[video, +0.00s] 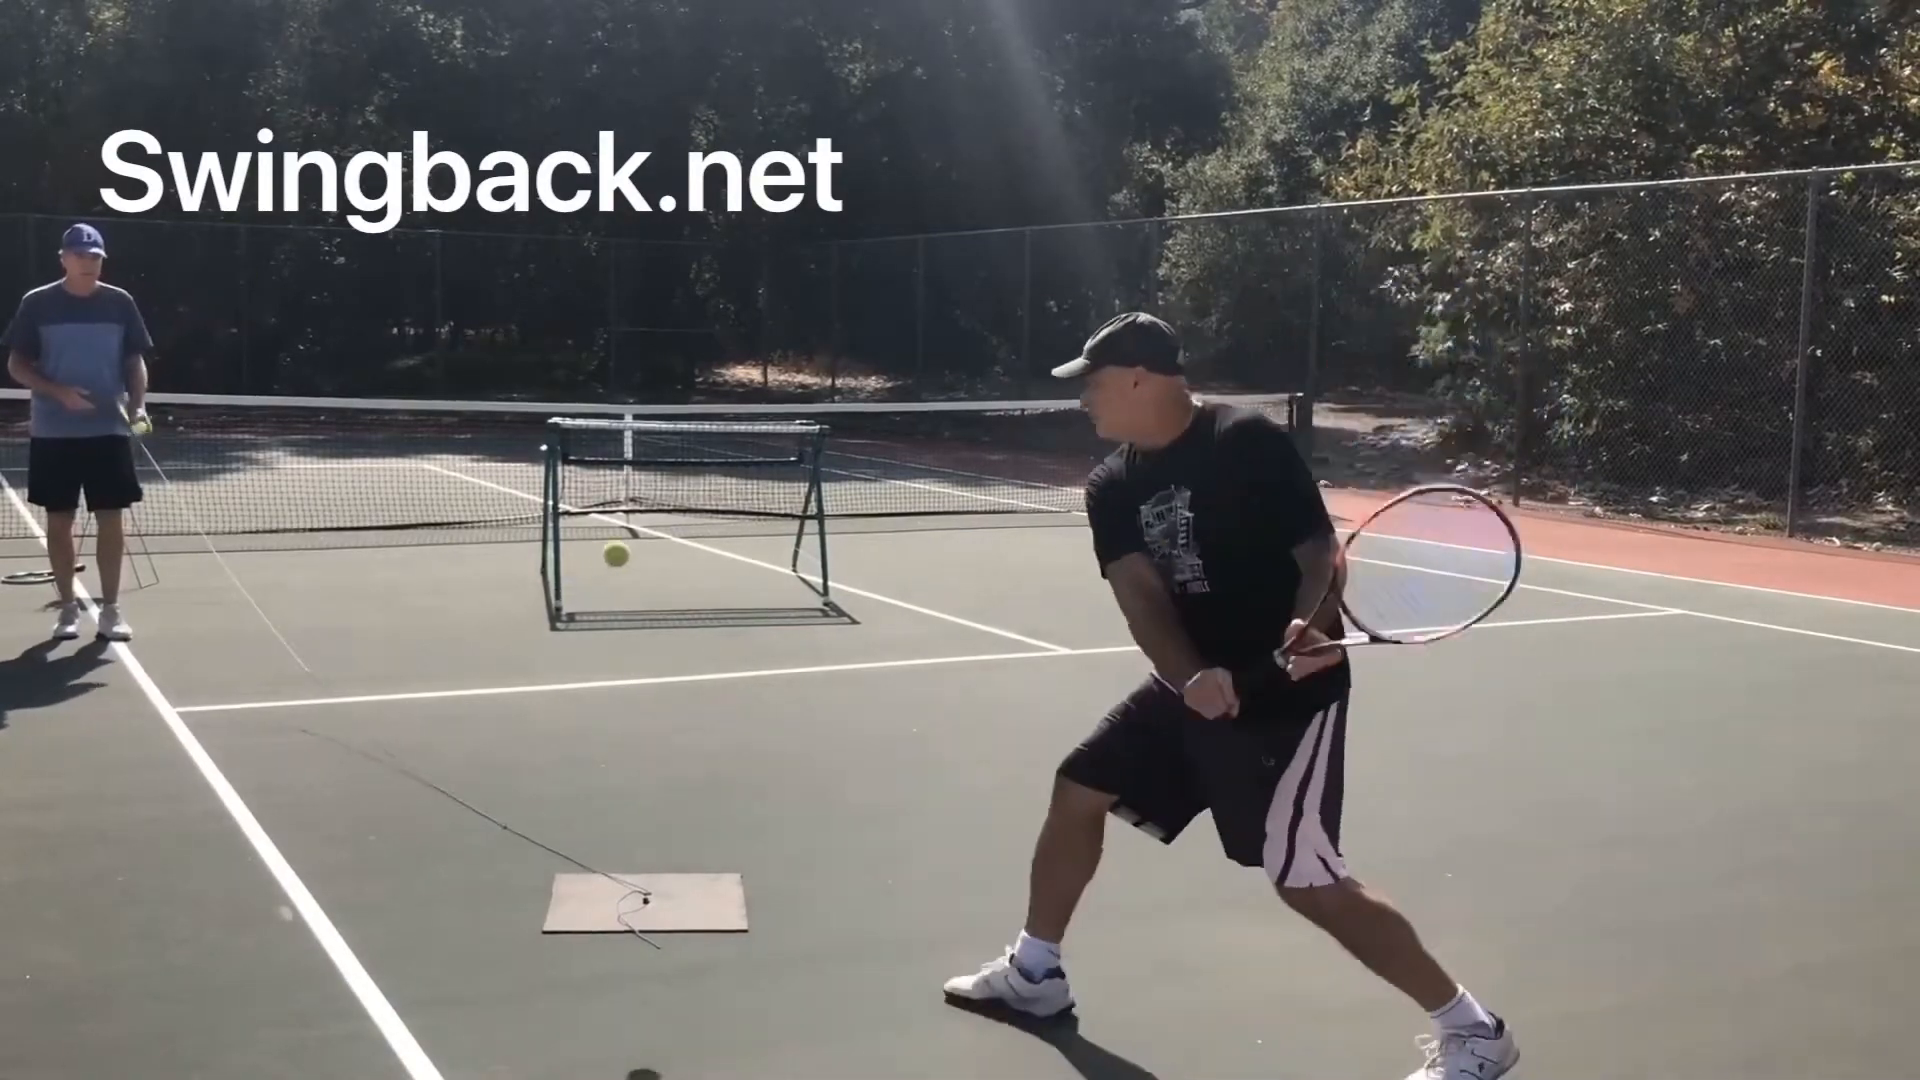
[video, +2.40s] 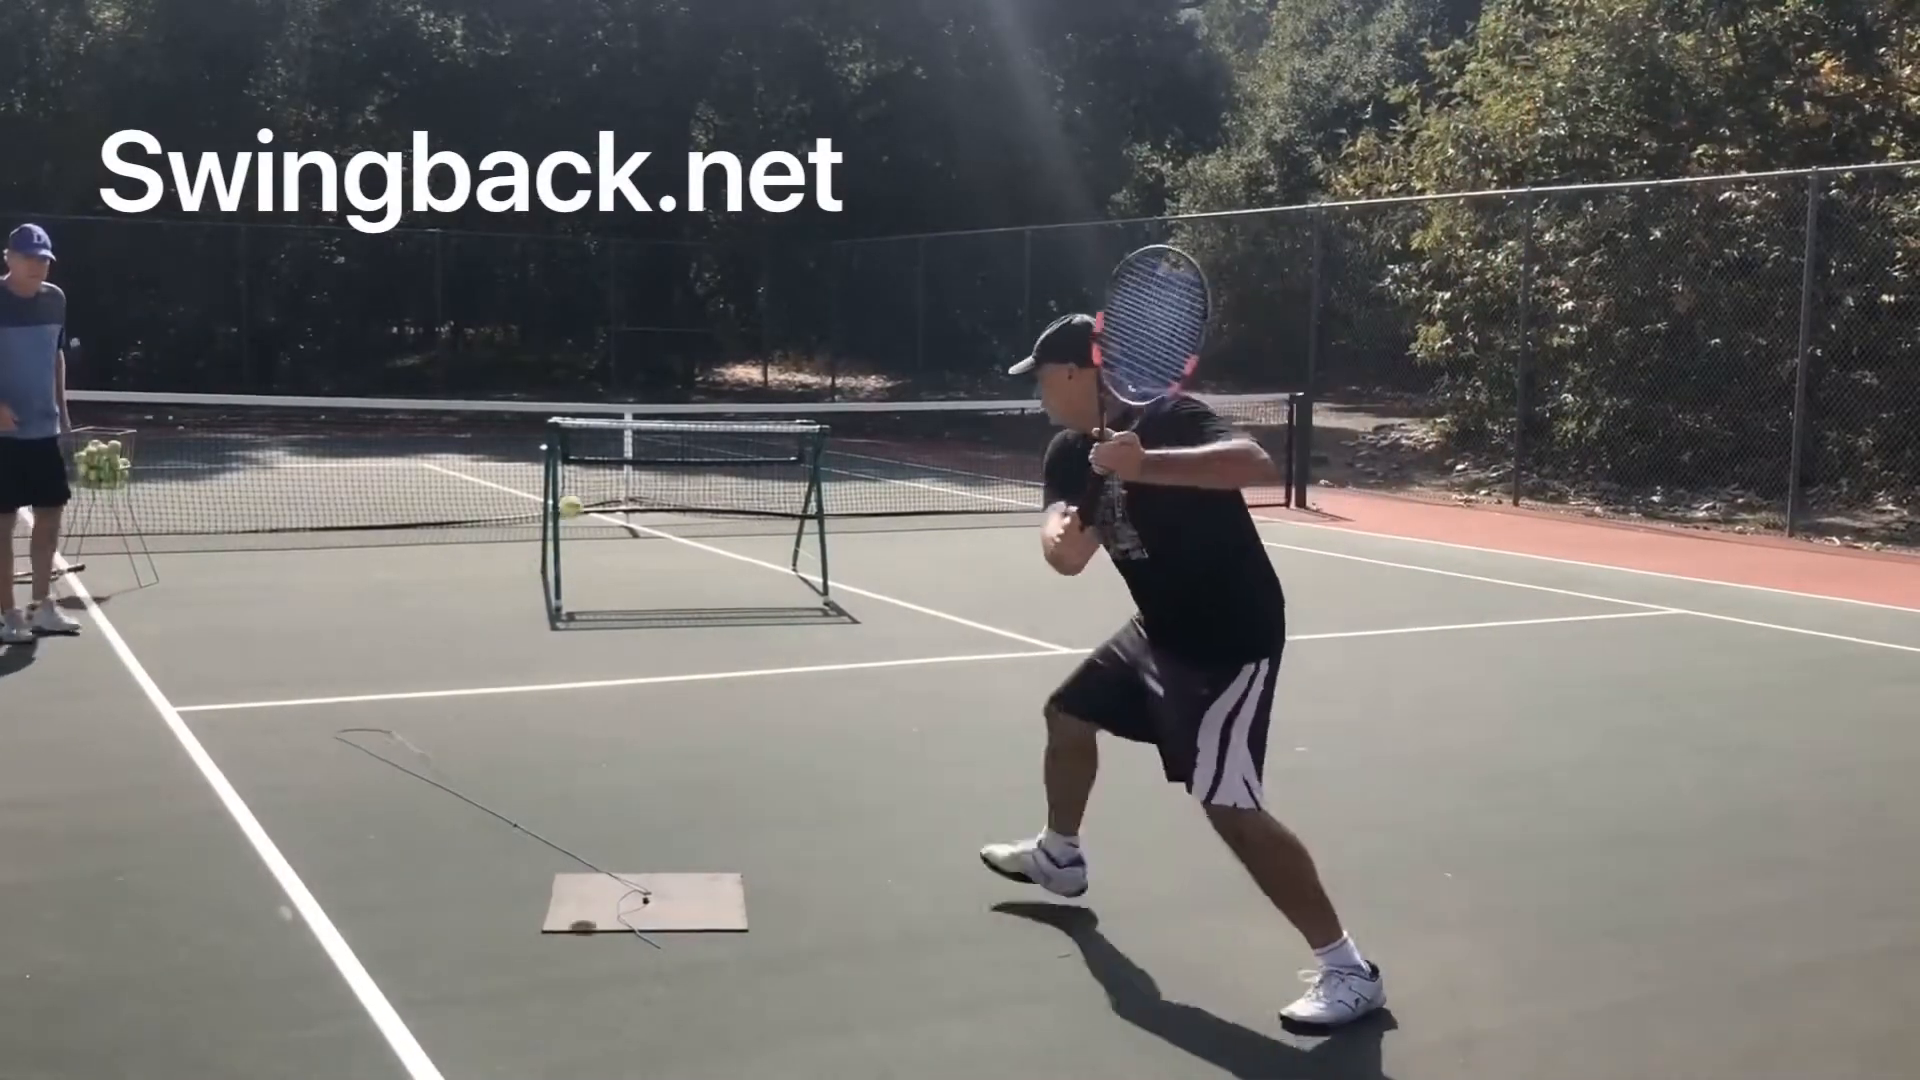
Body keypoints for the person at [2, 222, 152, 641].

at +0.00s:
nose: (87, 265)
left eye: (94, 258)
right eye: (80, 257)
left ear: (103, 260)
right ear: (63, 257)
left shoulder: (120, 302)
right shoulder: (36, 303)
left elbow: (135, 360)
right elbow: (17, 365)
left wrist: (138, 404)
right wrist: (59, 392)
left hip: (108, 433)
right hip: (54, 436)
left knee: (111, 518)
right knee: (59, 520)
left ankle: (110, 609)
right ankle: (68, 608)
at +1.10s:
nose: (103, 263)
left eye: (109, 256)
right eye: (95, 256)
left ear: (117, 260)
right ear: (79, 258)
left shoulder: (135, 304)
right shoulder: (49, 301)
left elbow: (158, 348)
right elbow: (23, 357)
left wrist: (169, 369)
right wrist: (54, 393)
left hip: (112, 435)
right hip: (58, 435)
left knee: (114, 520)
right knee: (60, 520)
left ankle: (110, 609)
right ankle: (68, 607)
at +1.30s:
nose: (108, 248)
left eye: (115, 241)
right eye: (101, 240)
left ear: (123, 249)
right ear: (84, 247)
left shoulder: (135, 288)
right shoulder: (55, 292)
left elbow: (154, 305)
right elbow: (29, 351)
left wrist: (168, 304)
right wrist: (55, 384)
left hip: (113, 423)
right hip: (60, 424)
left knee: (115, 513)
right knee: (60, 513)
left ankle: (113, 608)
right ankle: (65, 605)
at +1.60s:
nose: (108, 256)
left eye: (114, 249)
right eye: (101, 248)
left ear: (122, 256)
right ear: (83, 253)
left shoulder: (134, 297)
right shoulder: (52, 296)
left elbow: (149, 332)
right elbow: (24, 353)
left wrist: (132, 339)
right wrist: (47, 387)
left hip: (112, 430)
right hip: (56, 429)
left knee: (115, 519)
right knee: (48, 516)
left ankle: (112, 610)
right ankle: (34, 608)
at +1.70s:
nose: (103, 260)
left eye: (109, 253)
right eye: (96, 252)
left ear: (115, 258)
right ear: (76, 255)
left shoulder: (130, 301)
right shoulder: (45, 297)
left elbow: (144, 346)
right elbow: (18, 354)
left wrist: (134, 370)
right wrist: (42, 389)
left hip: (107, 432)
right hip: (51, 431)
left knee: (113, 519)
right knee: (40, 517)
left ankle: (112, 609)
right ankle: (19, 609)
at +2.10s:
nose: (60, 266)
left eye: (64, 260)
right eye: (52, 258)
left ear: (70, 262)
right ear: (30, 257)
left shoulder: (81, 302)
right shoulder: (5, 298)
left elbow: (91, 354)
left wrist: (97, 410)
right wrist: (2, 401)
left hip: (68, 435)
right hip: (13, 436)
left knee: (87, 516)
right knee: (9, 524)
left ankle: (106, 607)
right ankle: (9, 615)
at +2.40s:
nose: (39, 266)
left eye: (44, 259)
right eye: (31, 258)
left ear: (49, 261)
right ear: (10, 258)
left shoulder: (54, 298)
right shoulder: (2, 297)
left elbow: (57, 354)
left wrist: (62, 409)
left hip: (44, 431)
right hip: (7, 433)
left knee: (50, 512)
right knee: (6, 518)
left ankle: (43, 604)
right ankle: (8, 611)